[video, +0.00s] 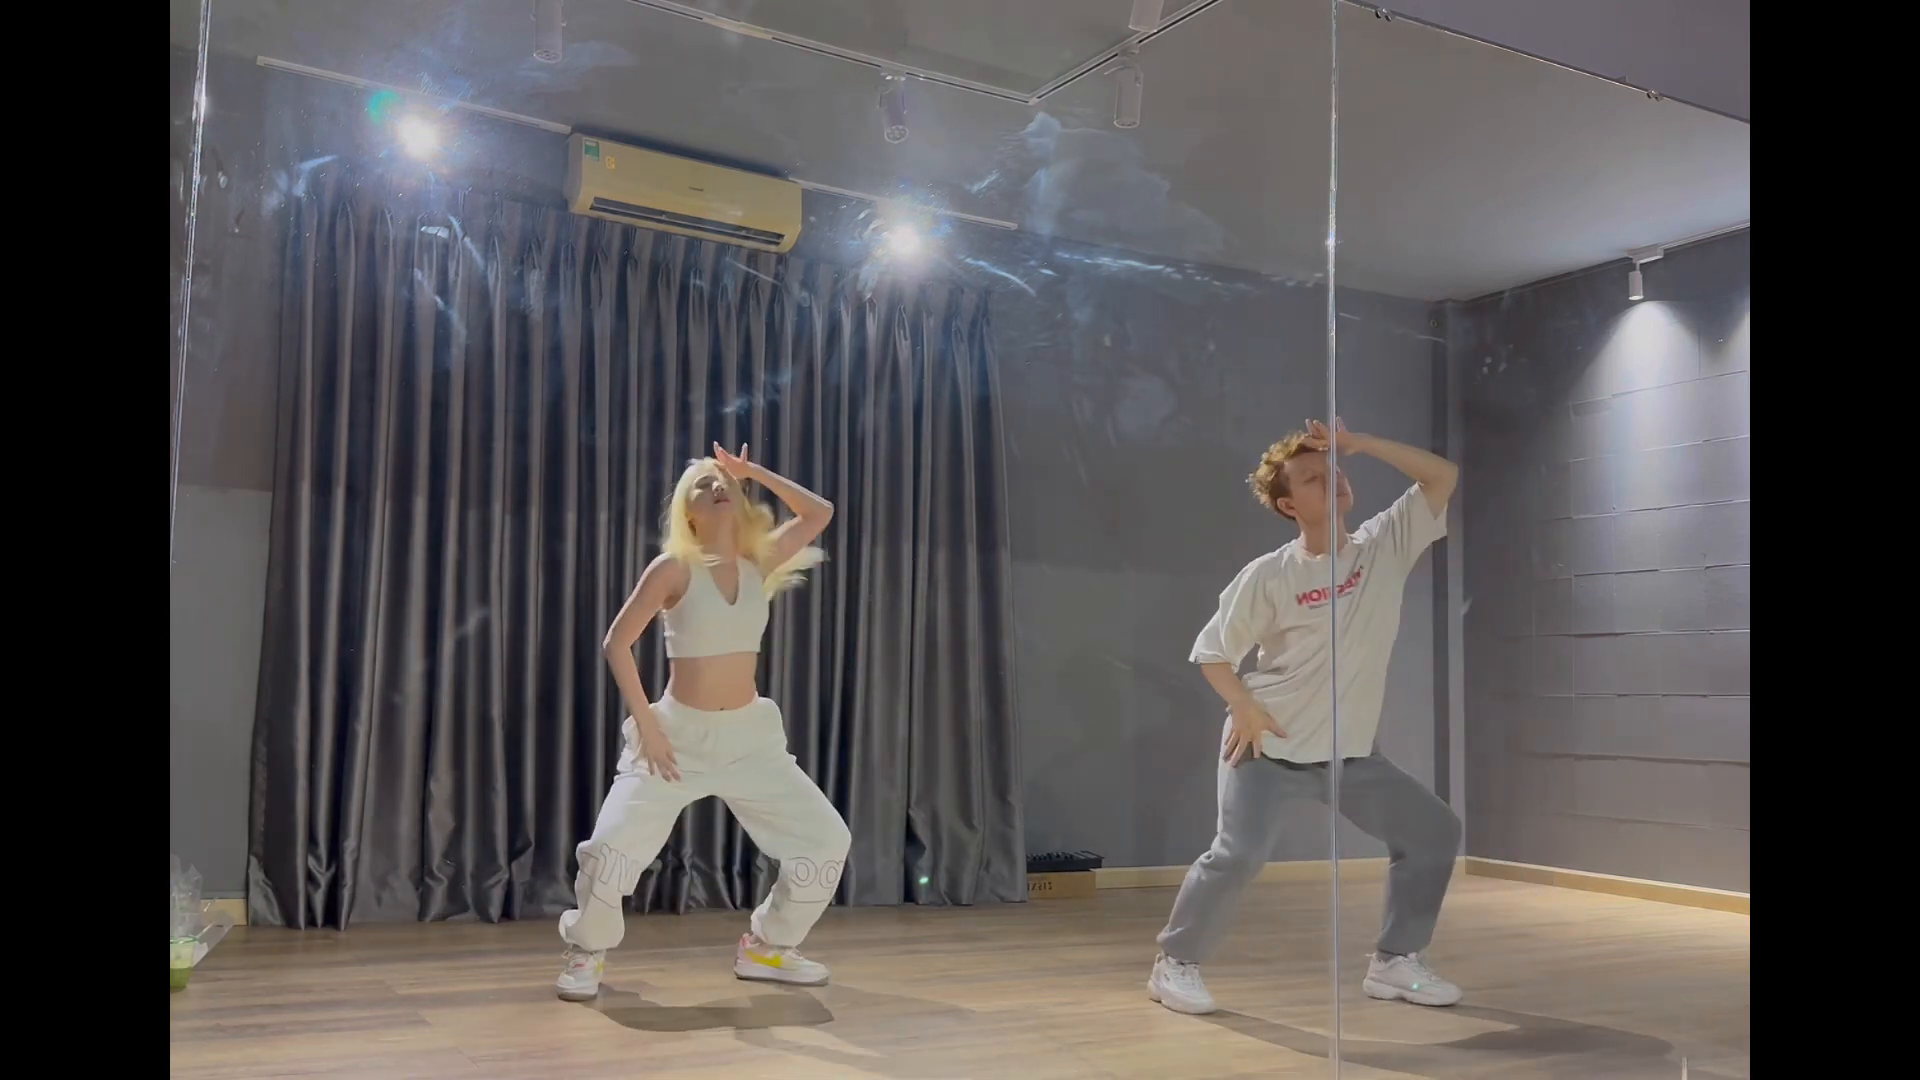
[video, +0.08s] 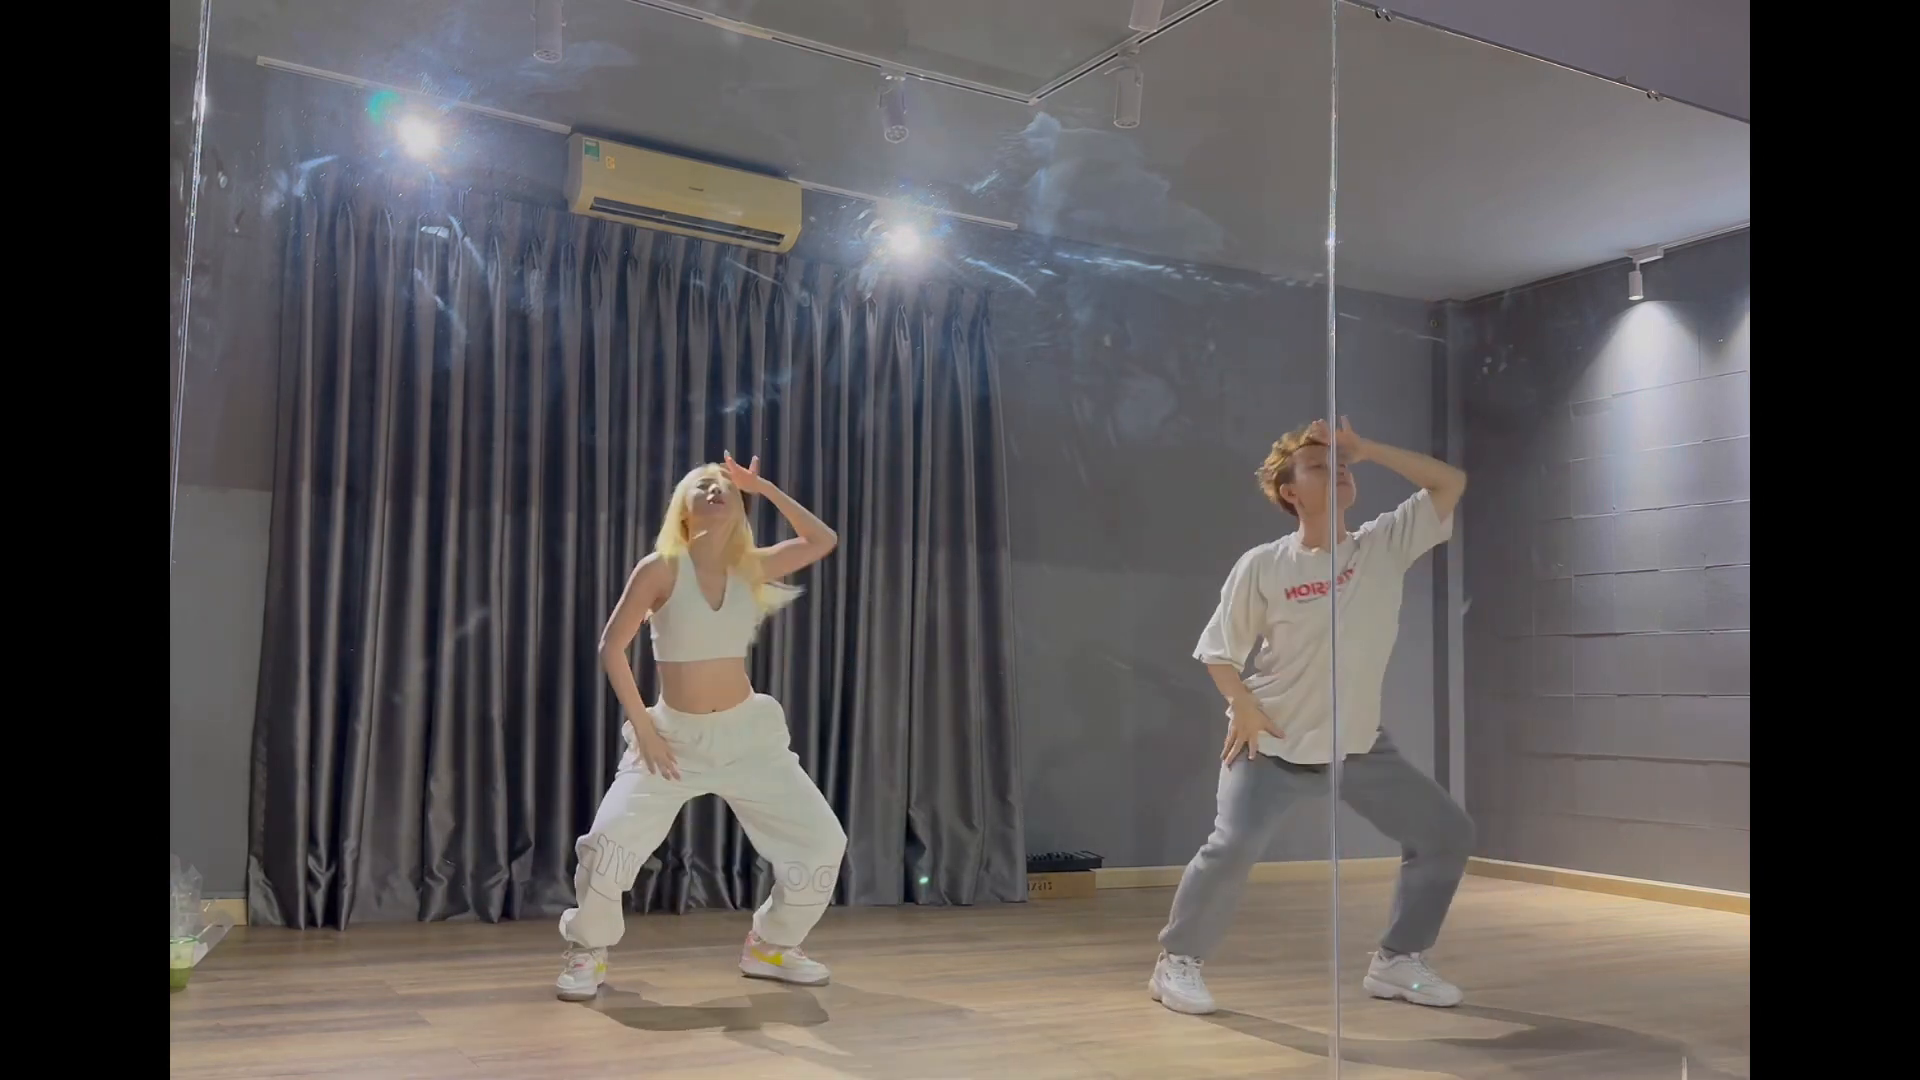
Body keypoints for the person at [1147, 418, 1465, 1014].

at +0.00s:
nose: (1337, 482)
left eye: (1337, 472)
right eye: (1318, 478)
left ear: (1349, 479)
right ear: (1288, 503)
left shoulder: (1383, 547)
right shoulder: (1267, 577)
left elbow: (1441, 477)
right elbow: (1210, 652)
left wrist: (1361, 443)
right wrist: (1243, 703)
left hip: (1349, 755)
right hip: (1269, 754)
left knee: (1434, 831)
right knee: (1238, 854)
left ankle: (1394, 962)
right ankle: (1175, 964)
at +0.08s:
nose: (1338, 474)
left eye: (1342, 465)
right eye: (1319, 467)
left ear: (1354, 479)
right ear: (1289, 493)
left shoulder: (1383, 546)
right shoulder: (1262, 568)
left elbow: (1450, 484)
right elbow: (1217, 649)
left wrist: (1367, 449)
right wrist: (1242, 700)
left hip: (1359, 746)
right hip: (1274, 747)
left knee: (1447, 833)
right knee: (1233, 845)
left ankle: (1398, 961)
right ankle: (1177, 962)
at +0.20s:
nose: (1347, 465)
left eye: (1355, 461)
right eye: (1333, 456)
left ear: (1362, 483)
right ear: (1296, 472)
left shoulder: (1371, 548)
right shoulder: (1250, 543)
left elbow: (1463, 518)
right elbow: (1221, 631)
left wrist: (1392, 468)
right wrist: (1242, 692)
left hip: (1373, 724)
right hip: (1283, 731)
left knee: (1460, 832)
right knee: (1238, 831)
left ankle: (1406, 956)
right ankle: (1190, 959)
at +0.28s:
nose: (1342, 464)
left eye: (1351, 456)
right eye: (1328, 453)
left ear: (1359, 472)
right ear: (1294, 464)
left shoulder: (1364, 548)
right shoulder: (1243, 533)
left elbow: (1455, 553)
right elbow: (1210, 607)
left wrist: (1402, 494)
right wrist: (1237, 661)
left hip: (1379, 713)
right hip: (1292, 725)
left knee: (1452, 836)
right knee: (1246, 832)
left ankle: (1426, 951)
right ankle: (1193, 958)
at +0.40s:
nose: (1326, 471)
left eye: (1335, 459)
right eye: (1311, 460)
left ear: (1347, 462)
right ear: (1284, 467)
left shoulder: (1378, 529)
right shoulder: (1255, 525)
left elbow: (1419, 602)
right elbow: (1187, 576)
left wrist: (1374, 538)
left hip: (1378, 708)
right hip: (1294, 712)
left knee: (1422, 837)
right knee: (1249, 829)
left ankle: (1458, 951)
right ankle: (1194, 957)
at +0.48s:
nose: (1328, 488)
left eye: (1335, 473)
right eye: (1311, 480)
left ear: (1353, 467)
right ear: (1290, 484)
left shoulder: (1392, 537)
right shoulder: (1274, 535)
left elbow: (1372, 589)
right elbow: (1206, 578)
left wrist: (1294, 546)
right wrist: (1225, 542)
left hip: (1374, 715)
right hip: (1288, 714)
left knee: (1416, 845)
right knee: (1229, 824)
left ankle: (1457, 954)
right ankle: (1192, 955)